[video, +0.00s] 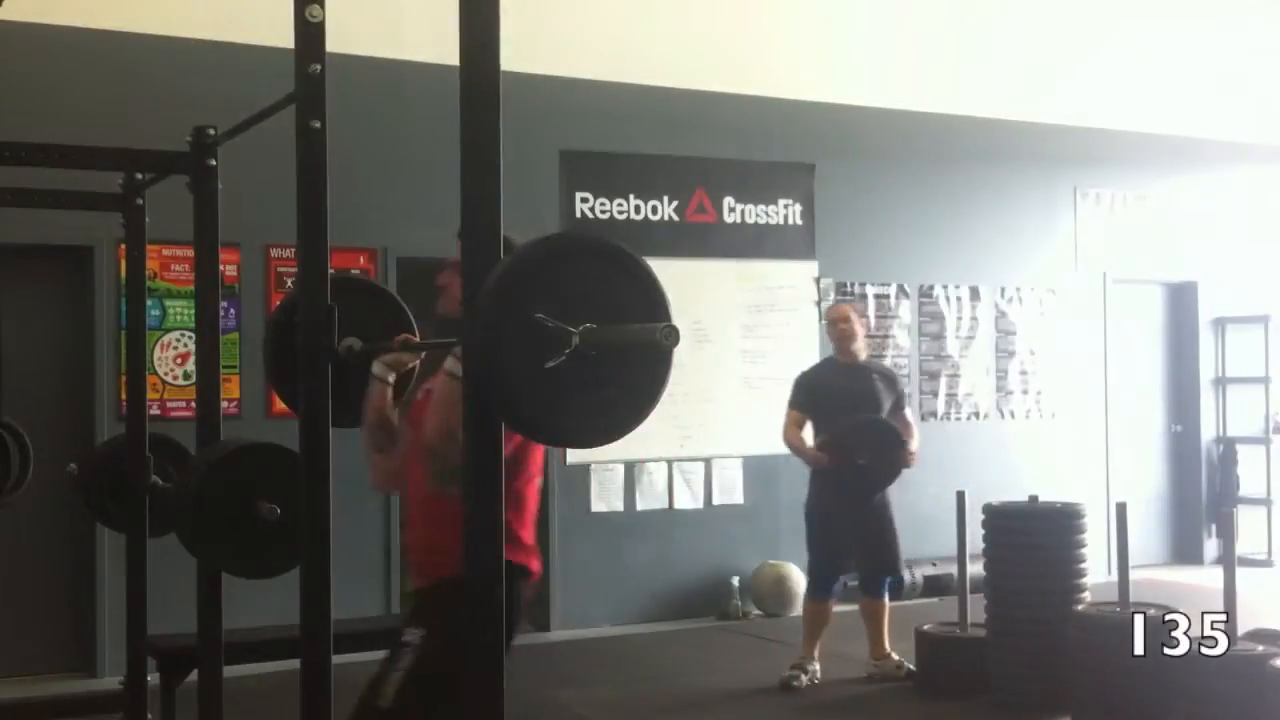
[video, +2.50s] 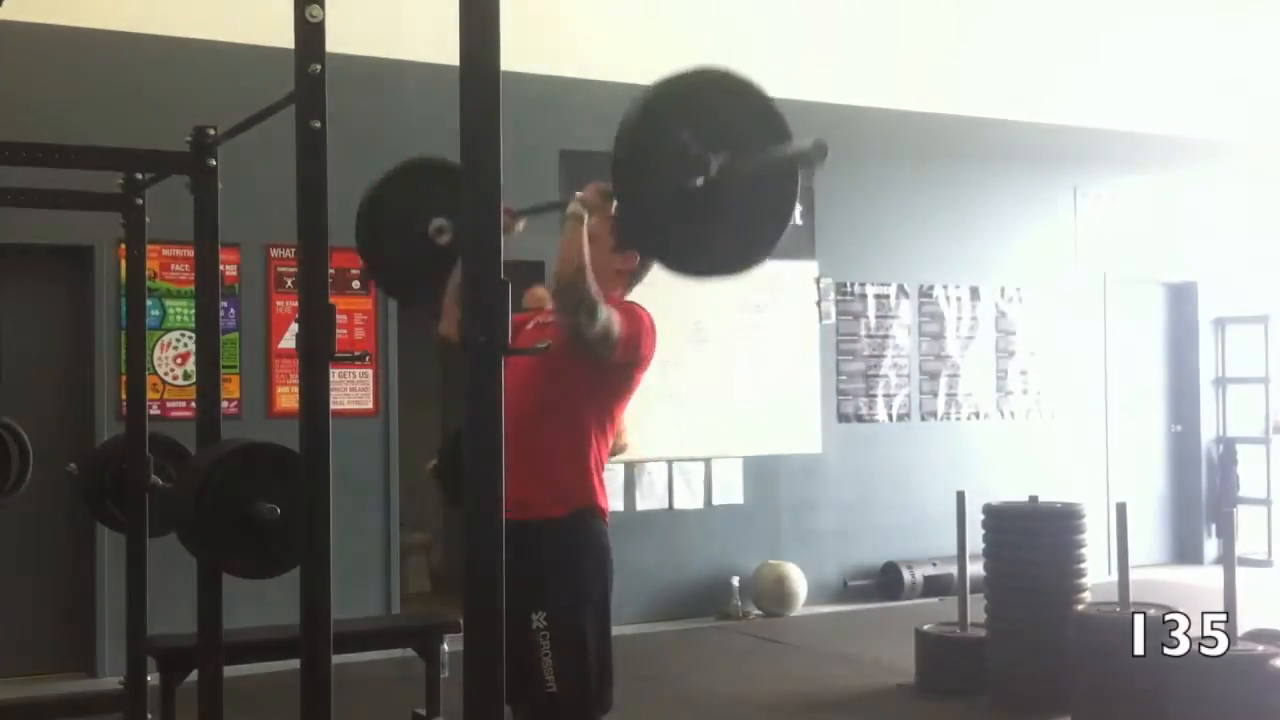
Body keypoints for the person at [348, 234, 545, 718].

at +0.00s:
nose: (441, 277)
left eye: (458, 269)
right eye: (447, 267)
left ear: (491, 284)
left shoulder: (511, 370)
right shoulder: (448, 372)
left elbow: (449, 464)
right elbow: (387, 467)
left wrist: (455, 364)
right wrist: (384, 376)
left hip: (482, 576)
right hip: (439, 575)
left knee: (391, 704)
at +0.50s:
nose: (435, 263)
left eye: (450, 253)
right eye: (440, 252)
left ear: (486, 267)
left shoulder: (503, 356)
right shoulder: (430, 352)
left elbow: (410, 424)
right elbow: (347, 427)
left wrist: (468, 329)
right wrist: (378, 354)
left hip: (439, 568)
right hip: (395, 568)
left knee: (380, 706)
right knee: (371, 703)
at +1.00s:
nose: (498, 236)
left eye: (512, 227)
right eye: (502, 226)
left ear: (553, 245)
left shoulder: (564, 328)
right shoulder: (481, 334)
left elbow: (500, 386)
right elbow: (404, 396)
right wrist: (435, 329)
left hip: (531, 534)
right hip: (473, 536)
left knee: (511, 693)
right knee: (469, 689)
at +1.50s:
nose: (534, 236)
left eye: (550, 228)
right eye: (538, 227)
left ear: (591, 248)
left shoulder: (601, 330)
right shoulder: (519, 333)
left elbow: (531, 384)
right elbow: (437, 398)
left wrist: (564, 312)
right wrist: (467, 322)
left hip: (573, 531)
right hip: (507, 536)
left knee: (591, 687)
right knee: (507, 687)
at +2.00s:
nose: (540, 236)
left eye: (557, 229)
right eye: (544, 228)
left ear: (598, 250)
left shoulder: (601, 339)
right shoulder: (518, 331)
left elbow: (535, 387)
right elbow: (443, 400)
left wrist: (570, 310)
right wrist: (472, 324)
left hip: (571, 531)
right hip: (507, 536)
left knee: (590, 690)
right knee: (526, 688)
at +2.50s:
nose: (576, 235)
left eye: (595, 226)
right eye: (578, 223)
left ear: (629, 261)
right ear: (570, 246)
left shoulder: (631, 327)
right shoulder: (529, 321)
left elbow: (573, 297)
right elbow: (453, 327)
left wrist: (574, 216)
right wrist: (482, 242)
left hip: (568, 523)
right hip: (498, 520)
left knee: (578, 684)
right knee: (506, 676)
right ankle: (527, 709)